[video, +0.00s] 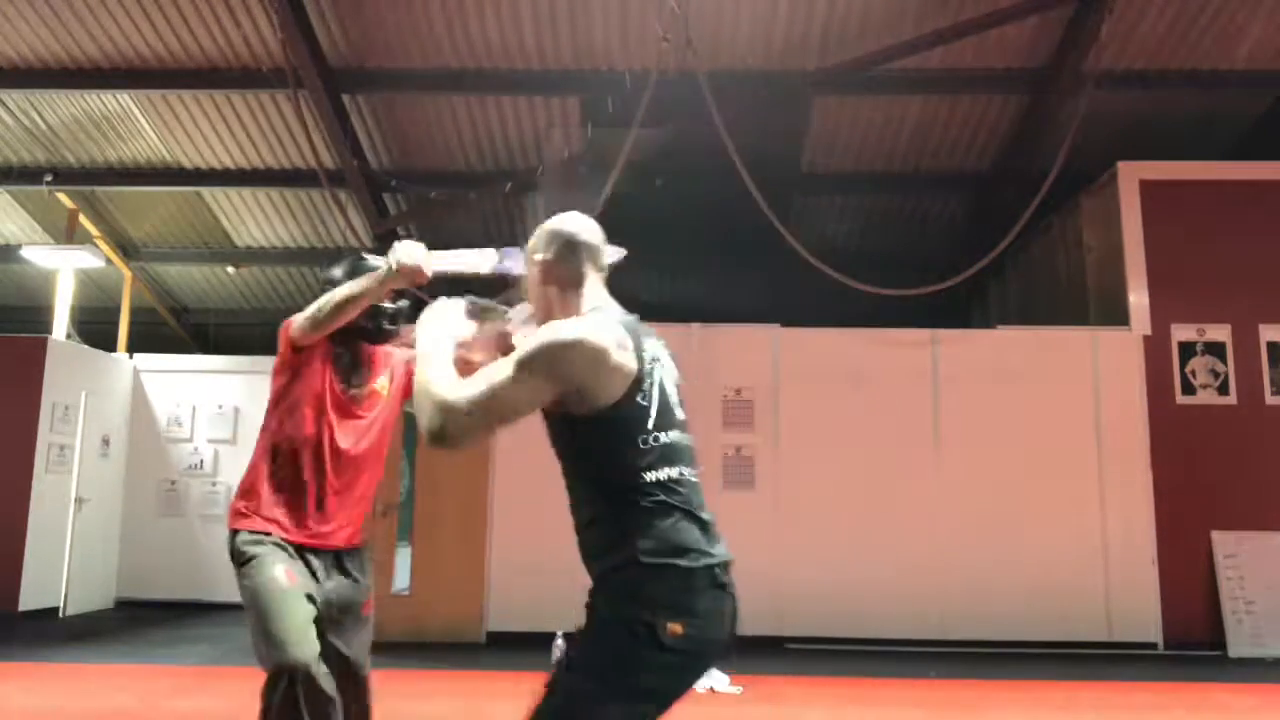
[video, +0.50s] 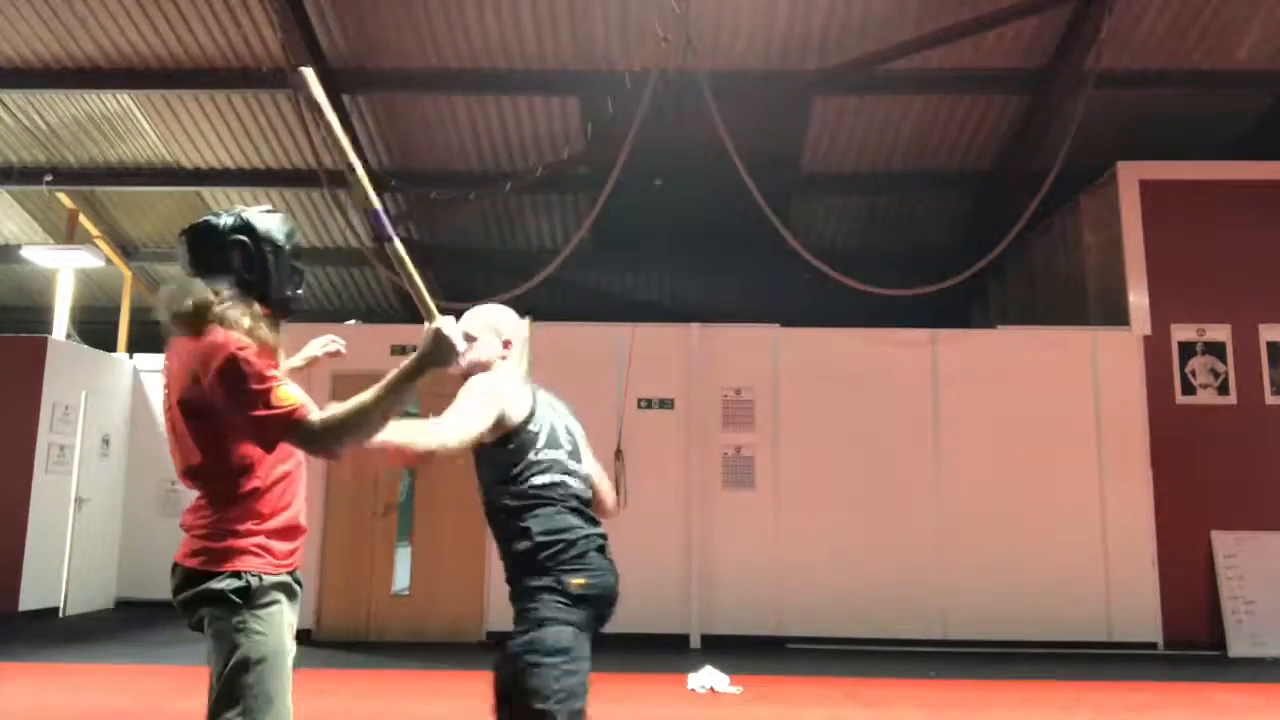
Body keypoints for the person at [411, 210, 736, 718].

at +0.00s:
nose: (525, 292)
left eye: (527, 274)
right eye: (527, 276)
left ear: (543, 269)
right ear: (599, 270)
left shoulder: (574, 343)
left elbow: (444, 421)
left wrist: (432, 337)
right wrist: (492, 357)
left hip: (653, 605)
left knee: (562, 709)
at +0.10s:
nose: (491, 304)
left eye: (492, 286)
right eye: (491, 287)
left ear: (510, 278)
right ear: (560, 276)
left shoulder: (550, 351)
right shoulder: (603, 341)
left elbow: (464, 457)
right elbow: (551, 394)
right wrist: (459, 379)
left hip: (638, 595)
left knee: (527, 711)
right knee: (541, 705)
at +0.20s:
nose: (484, 308)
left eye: (486, 290)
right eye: (483, 293)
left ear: (511, 278)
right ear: (552, 284)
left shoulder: (531, 358)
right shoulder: (598, 351)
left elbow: (446, 459)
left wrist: (395, 415)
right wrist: (503, 371)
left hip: (613, 592)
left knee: (538, 705)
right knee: (523, 681)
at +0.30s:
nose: (482, 315)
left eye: (486, 297)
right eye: (482, 300)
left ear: (521, 285)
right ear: (538, 291)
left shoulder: (522, 351)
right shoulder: (593, 361)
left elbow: (403, 402)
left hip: (593, 592)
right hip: (629, 588)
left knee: (532, 708)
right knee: (547, 704)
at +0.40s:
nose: (465, 329)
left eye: (474, 315)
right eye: (466, 318)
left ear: (512, 311)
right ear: (523, 314)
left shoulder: (516, 360)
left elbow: (419, 389)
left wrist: (342, 339)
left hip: (573, 580)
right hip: (599, 575)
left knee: (537, 704)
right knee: (553, 704)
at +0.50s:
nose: (457, 350)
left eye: (469, 339)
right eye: (458, 339)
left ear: (506, 346)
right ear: (507, 348)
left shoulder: (494, 387)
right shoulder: (554, 408)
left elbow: (446, 434)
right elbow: (606, 501)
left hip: (555, 575)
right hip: (587, 571)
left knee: (545, 704)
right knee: (515, 685)